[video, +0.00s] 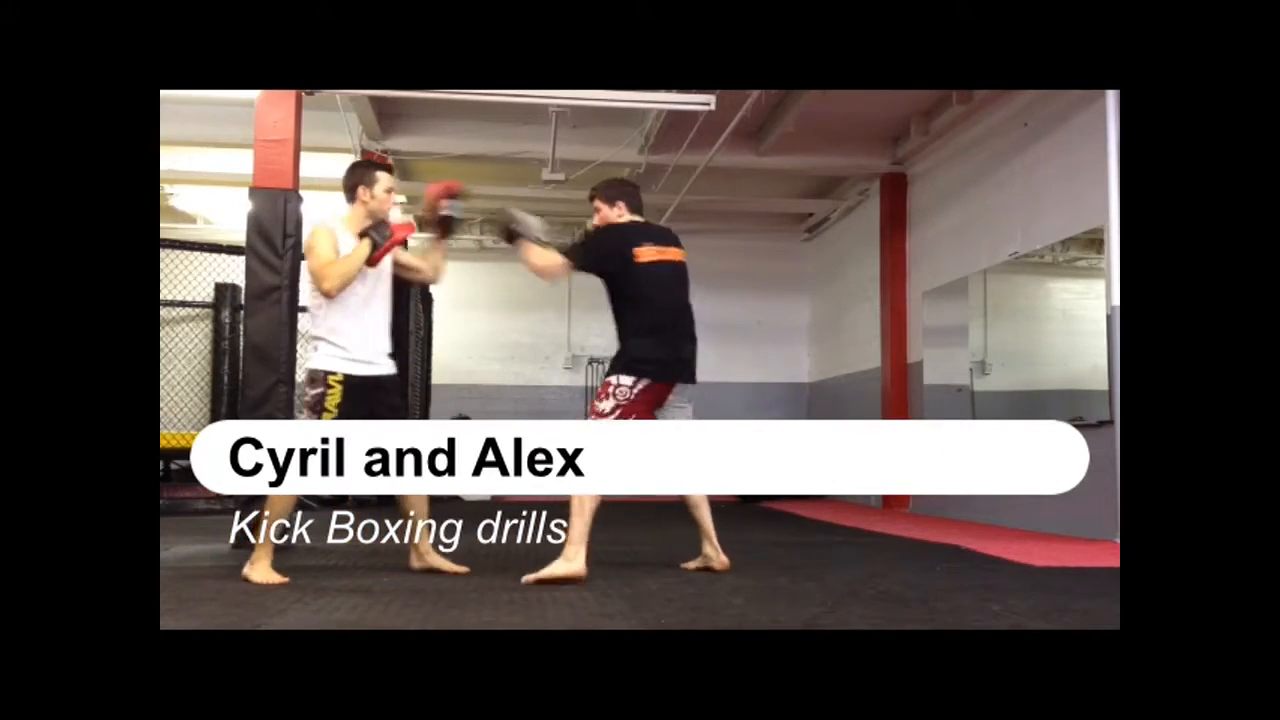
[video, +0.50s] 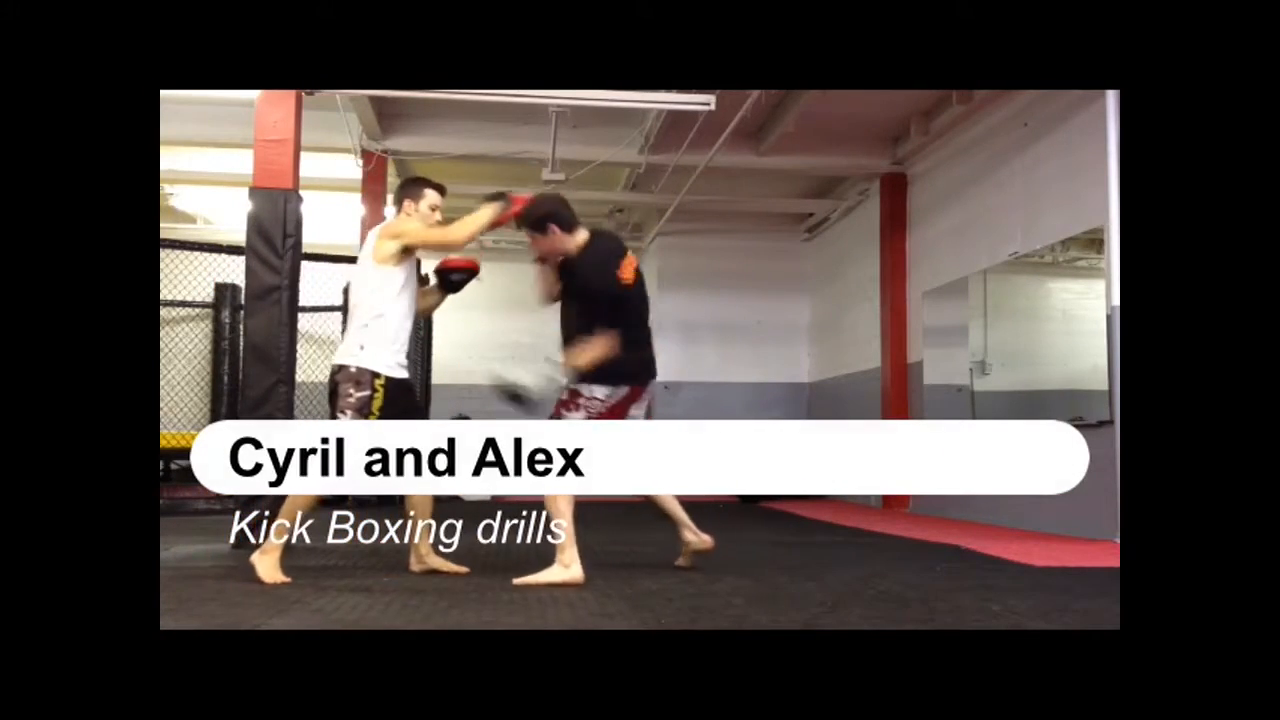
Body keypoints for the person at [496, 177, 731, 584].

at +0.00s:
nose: (595, 218)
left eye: (598, 210)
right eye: (595, 211)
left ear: (618, 207)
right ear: (632, 208)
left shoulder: (609, 239)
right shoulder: (668, 236)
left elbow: (548, 266)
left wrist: (520, 237)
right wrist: (602, 236)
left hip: (641, 360)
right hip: (680, 359)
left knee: (590, 450)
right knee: (682, 452)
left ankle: (573, 555)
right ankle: (712, 549)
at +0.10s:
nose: (583, 219)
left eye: (584, 213)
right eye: (582, 214)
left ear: (605, 207)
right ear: (619, 206)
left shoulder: (597, 232)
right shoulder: (658, 235)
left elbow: (527, 248)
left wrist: (493, 228)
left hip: (634, 362)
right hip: (672, 360)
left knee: (586, 453)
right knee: (662, 450)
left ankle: (572, 559)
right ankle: (707, 541)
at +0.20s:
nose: (570, 232)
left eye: (571, 221)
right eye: (567, 224)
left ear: (595, 210)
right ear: (600, 212)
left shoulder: (616, 242)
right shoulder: (633, 239)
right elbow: (590, 297)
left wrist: (540, 269)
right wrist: (541, 275)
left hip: (635, 371)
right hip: (652, 369)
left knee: (576, 450)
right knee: (635, 452)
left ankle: (570, 560)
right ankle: (704, 535)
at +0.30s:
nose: (562, 252)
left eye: (566, 243)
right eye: (559, 245)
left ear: (590, 234)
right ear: (577, 238)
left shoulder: (635, 265)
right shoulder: (575, 267)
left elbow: (650, 336)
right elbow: (530, 302)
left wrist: (590, 317)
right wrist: (544, 262)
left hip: (636, 383)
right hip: (608, 381)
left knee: (567, 454)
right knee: (621, 474)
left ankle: (569, 561)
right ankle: (704, 538)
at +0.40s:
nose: (549, 269)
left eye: (553, 261)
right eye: (545, 261)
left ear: (575, 252)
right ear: (552, 257)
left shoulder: (623, 275)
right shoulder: (557, 279)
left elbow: (656, 343)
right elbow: (517, 312)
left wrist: (608, 364)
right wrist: (525, 271)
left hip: (629, 388)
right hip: (591, 386)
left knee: (558, 460)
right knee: (625, 475)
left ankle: (568, 561)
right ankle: (703, 539)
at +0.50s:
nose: (533, 248)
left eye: (534, 239)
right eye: (530, 240)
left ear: (554, 231)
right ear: (559, 228)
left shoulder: (598, 263)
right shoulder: (586, 250)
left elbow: (618, 334)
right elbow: (550, 296)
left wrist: (577, 358)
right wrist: (549, 264)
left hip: (609, 379)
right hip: (629, 377)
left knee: (550, 458)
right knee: (632, 457)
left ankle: (567, 559)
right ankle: (690, 532)